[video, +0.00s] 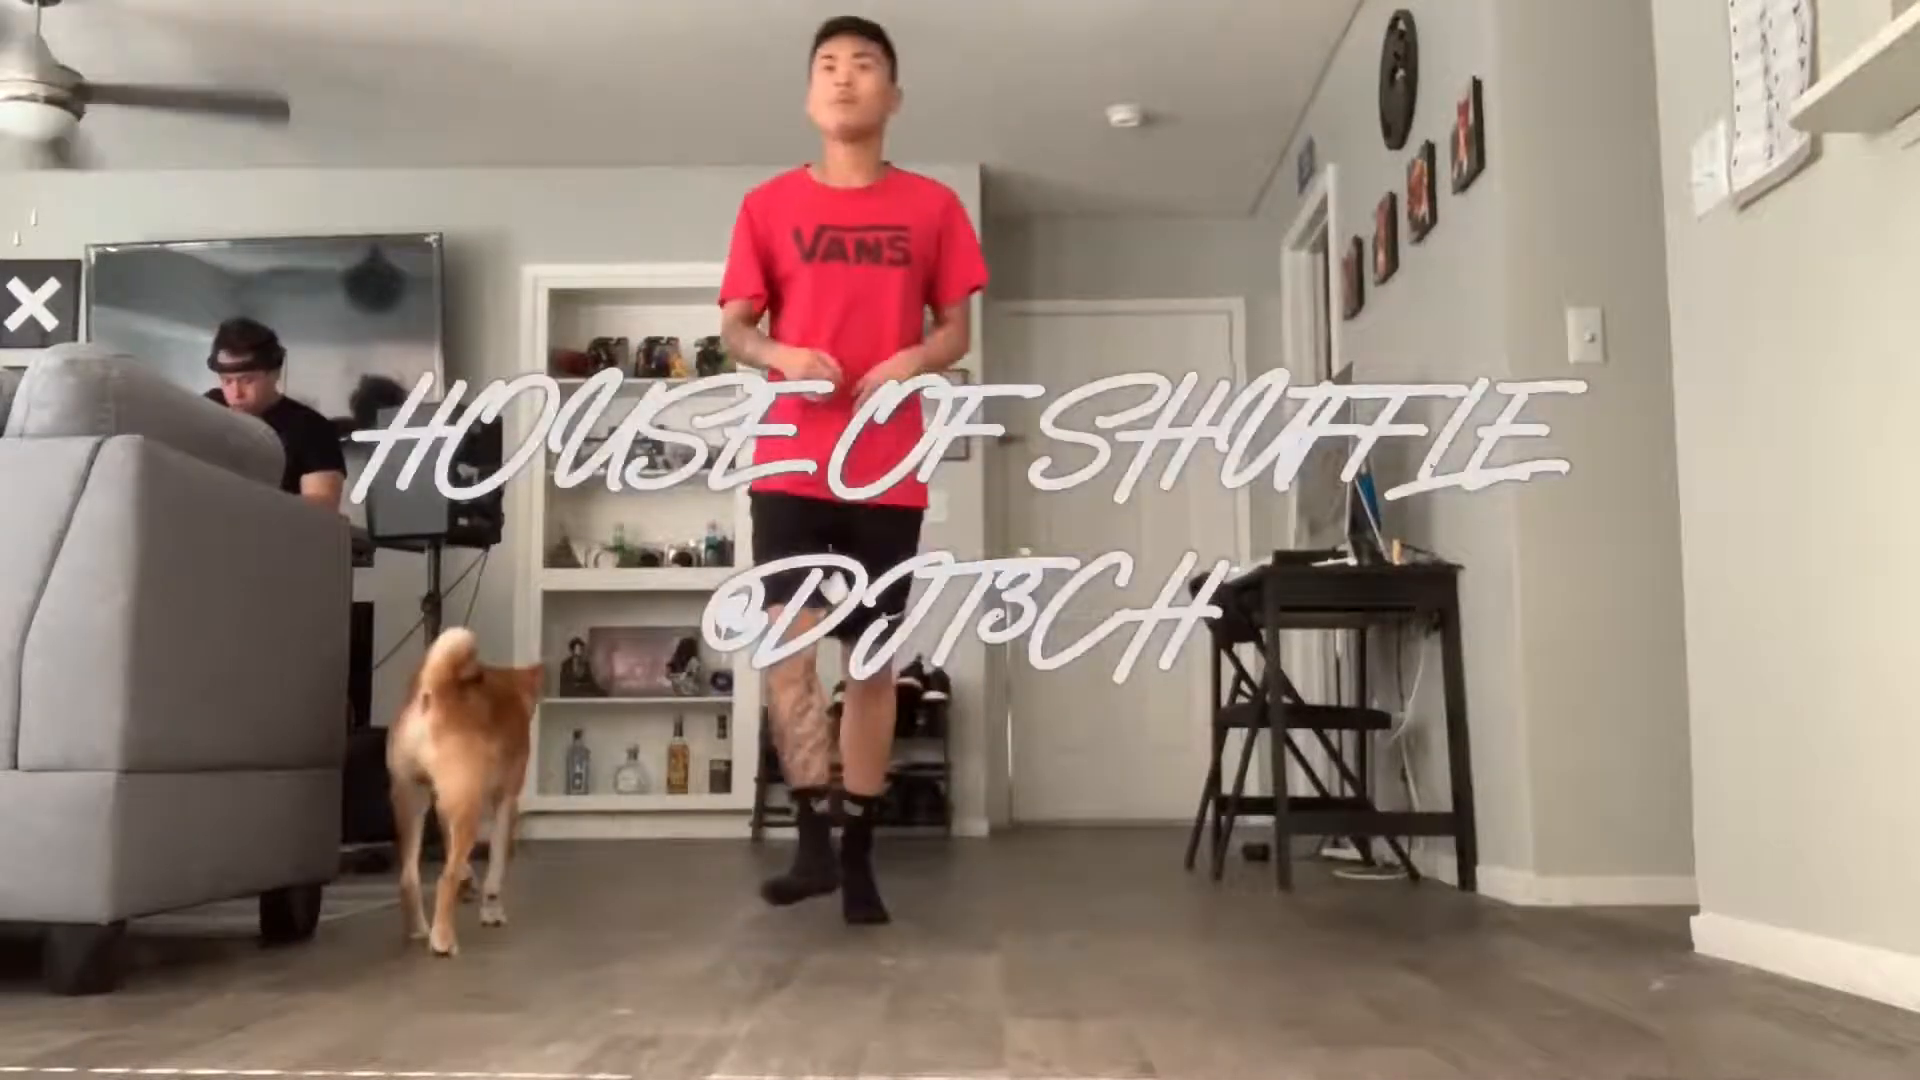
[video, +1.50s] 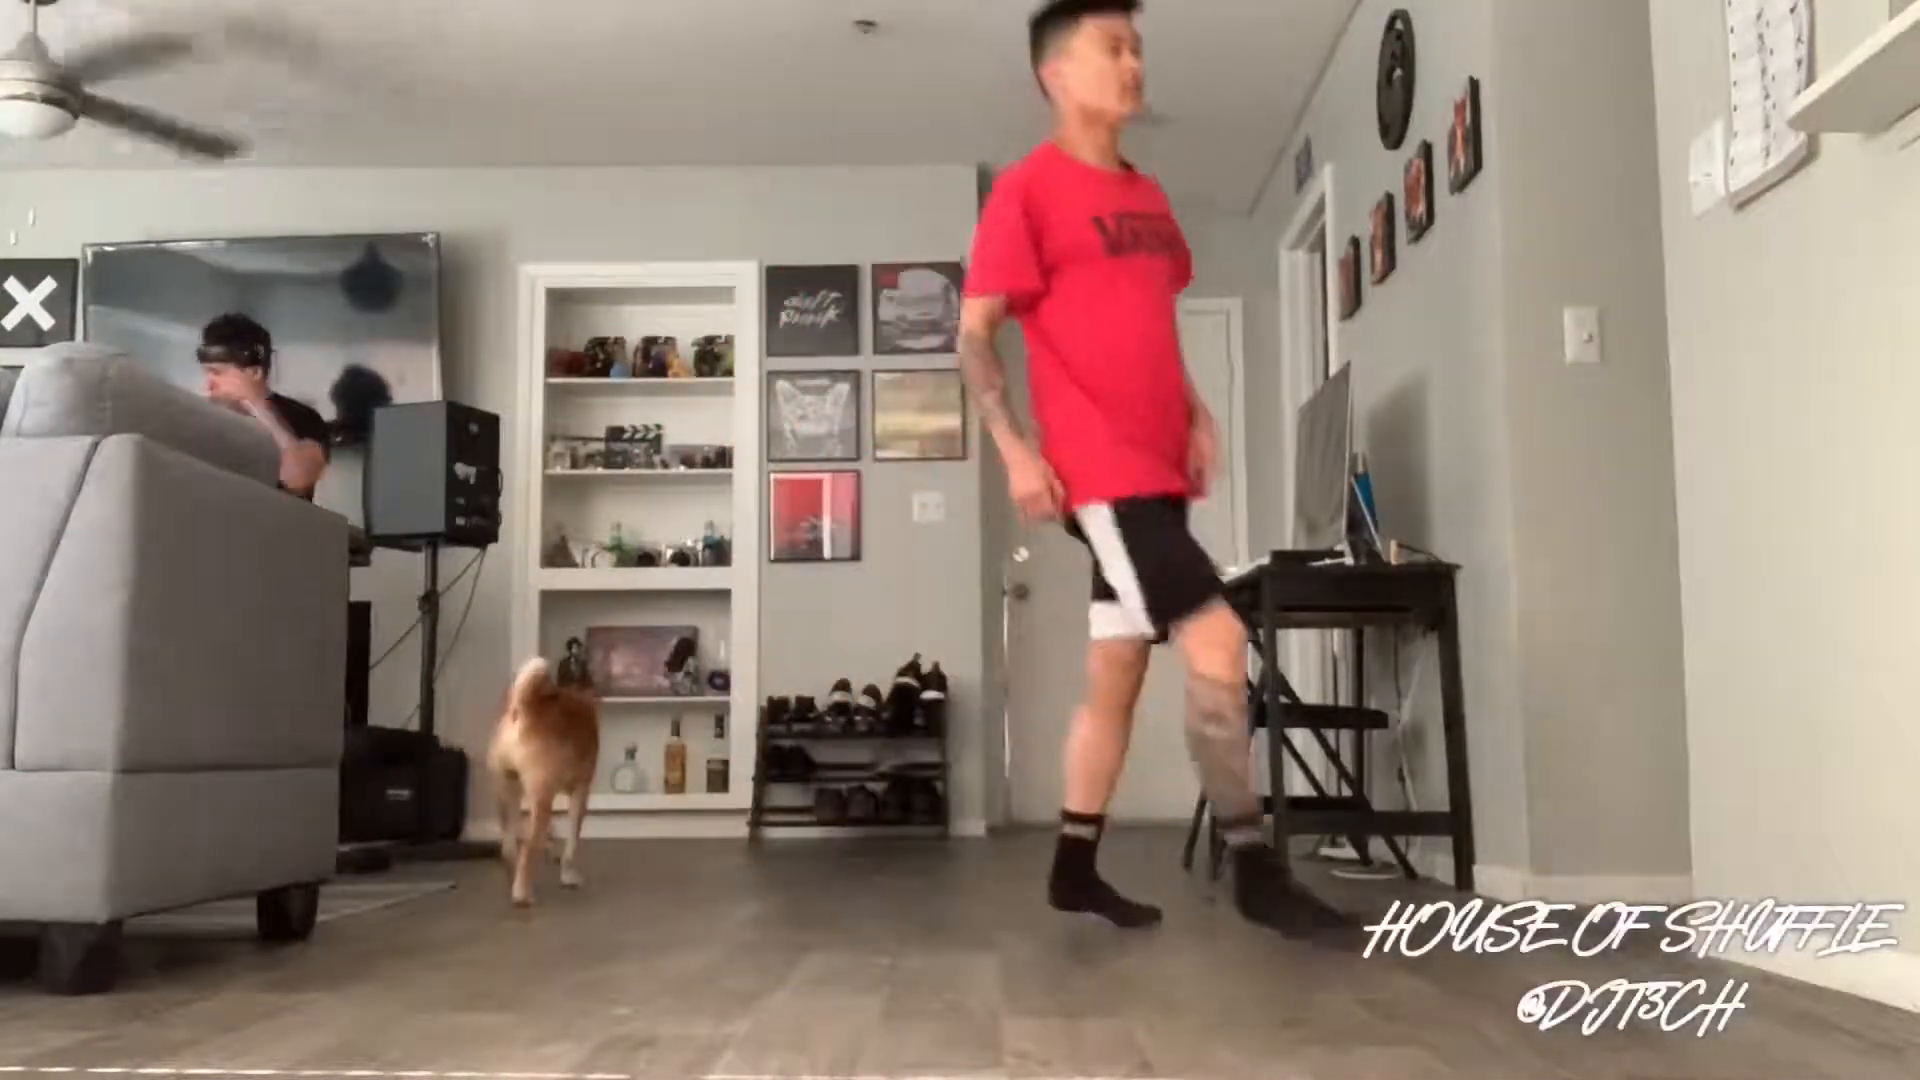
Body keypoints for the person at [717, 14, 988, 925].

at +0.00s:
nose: (845, 77)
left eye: (864, 66)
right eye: (830, 66)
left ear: (894, 98)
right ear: (809, 98)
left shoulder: (932, 204)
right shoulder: (769, 205)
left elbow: (957, 333)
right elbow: (736, 328)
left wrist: (907, 362)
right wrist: (781, 356)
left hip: (888, 469)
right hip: (789, 467)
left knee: (875, 656)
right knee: (788, 640)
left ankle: (858, 855)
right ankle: (813, 837)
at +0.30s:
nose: (790, 71)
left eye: (814, 62)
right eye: (778, 60)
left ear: (847, 102)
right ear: (758, 97)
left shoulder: (877, 205)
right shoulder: (717, 212)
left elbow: (910, 349)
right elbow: (678, 338)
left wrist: (907, 471)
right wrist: (720, 374)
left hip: (833, 479)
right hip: (731, 486)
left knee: (814, 673)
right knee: (752, 685)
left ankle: (868, 803)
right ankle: (780, 898)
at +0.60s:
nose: (800, 67)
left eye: (823, 56)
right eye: (788, 54)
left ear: (861, 91)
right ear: (768, 85)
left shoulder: (878, 212)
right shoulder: (711, 192)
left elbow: (910, 360)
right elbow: (652, 323)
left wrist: (869, 475)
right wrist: (679, 371)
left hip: (771, 467)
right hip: (672, 457)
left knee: (685, 667)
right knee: (682, 682)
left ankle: (623, 904)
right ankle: (755, 882)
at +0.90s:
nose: (861, 35)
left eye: (877, 22)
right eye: (838, 21)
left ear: (894, 53)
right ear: (798, 49)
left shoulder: (927, 173)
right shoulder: (750, 179)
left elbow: (949, 317)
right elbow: (724, 314)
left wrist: (918, 274)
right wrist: (738, 390)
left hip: (897, 435)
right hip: (789, 450)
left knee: (905, 572)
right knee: (765, 665)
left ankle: (920, 765)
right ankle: (757, 895)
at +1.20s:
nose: (992, 39)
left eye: (999, 26)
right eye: (967, 25)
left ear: (1010, 54)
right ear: (916, 56)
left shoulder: (1055, 165)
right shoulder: (890, 177)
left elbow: (1088, 297)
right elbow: (862, 328)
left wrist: (1061, 288)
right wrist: (885, 424)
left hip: (1058, 446)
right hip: (953, 455)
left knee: (1056, 648)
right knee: (938, 646)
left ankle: (1073, 884)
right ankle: (863, 828)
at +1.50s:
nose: (1134, 66)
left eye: (1135, 51)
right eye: (1113, 49)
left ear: (1130, 74)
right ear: (1054, 73)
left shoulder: (1142, 191)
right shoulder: (1025, 189)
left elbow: (1148, 325)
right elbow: (974, 334)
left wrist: (1194, 415)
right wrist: (1013, 449)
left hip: (1156, 456)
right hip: (1095, 459)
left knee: (1114, 673)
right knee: (1218, 641)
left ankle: (1072, 871)